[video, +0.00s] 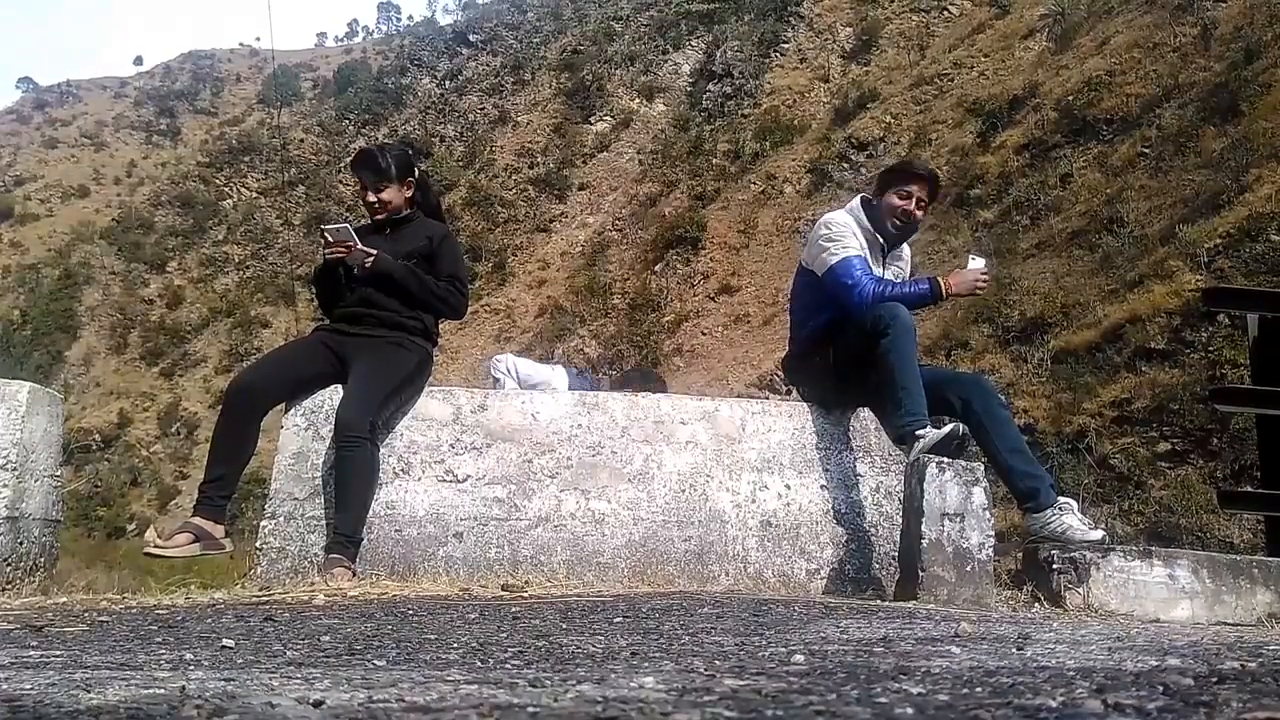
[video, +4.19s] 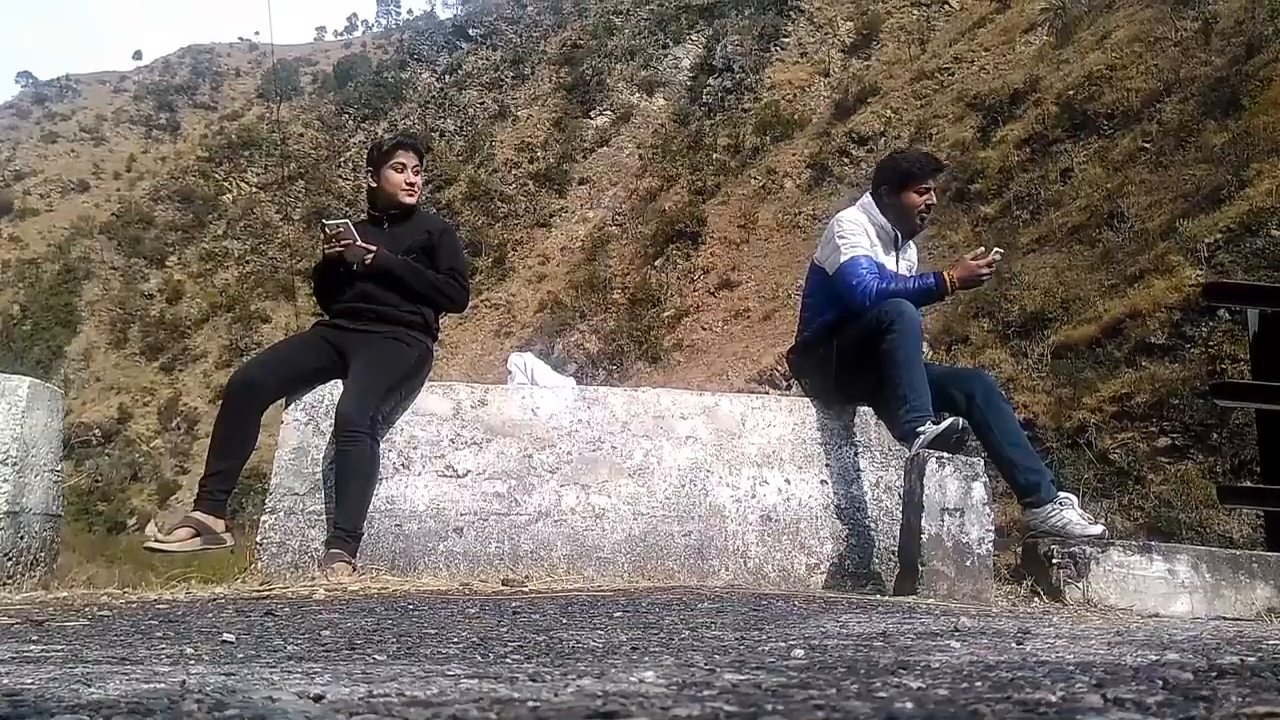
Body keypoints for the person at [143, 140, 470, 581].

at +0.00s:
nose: (371, 197)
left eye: (381, 188)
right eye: (365, 188)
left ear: (409, 186)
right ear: (360, 188)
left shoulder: (435, 235)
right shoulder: (355, 233)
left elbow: (455, 303)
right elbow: (331, 304)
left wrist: (384, 264)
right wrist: (331, 264)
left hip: (397, 346)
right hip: (337, 337)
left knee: (353, 425)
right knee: (247, 390)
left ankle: (341, 560)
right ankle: (208, 523)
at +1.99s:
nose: (375, 197)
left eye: (383, 186)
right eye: (367, 190)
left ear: (409, 179)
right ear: (361, 190)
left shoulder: (437, 231)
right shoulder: (359, 228)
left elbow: (456, 299)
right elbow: (333, 300)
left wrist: (379, 258)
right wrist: (333, 255)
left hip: (398, 343)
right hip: (337, 335)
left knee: (354, 420)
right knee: (247, 386)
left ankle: (341, 556)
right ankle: (208, 520)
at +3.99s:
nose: (404, 176)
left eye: (412, 168)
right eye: (392, 167)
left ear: (420, 175)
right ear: (371, 176)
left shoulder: (436, 227)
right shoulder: (353, 227)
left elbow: (456, 294)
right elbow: (328, 296)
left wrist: (383, 257)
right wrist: (331, 257)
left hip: (398, 338)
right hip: (337, 330)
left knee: (353, 419)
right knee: (246, 383)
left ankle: (341, 553)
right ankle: (209, 514)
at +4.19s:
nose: (412, 178)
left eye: (418, 170)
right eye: (400, 169)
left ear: (423, 179)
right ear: (375, 177)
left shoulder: (435, 229)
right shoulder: (352, 229)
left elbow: (457, 296)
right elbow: (327, 298)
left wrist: (382, 259)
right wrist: (331, 261)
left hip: (397, 340)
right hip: (337, 332)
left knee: (354, 420)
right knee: (247, 385)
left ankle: (341, 555)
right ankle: (209, 517)